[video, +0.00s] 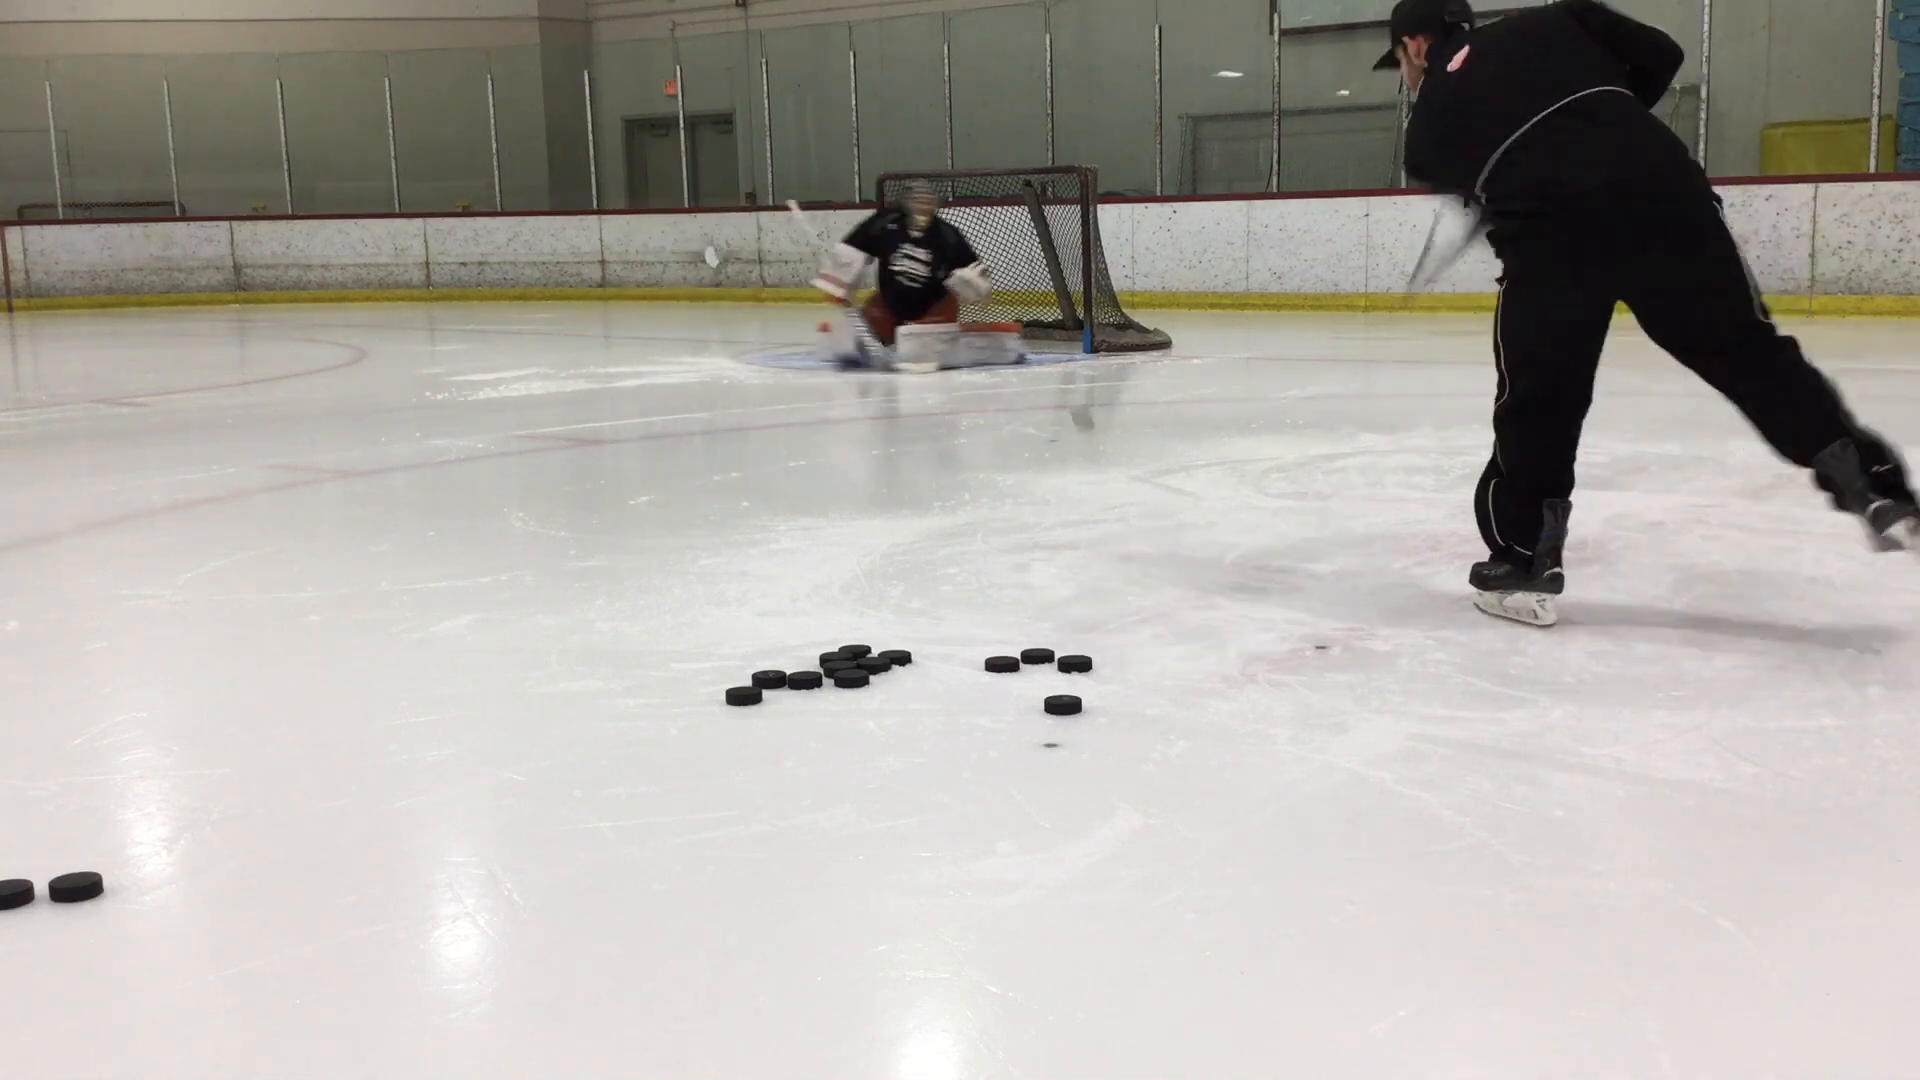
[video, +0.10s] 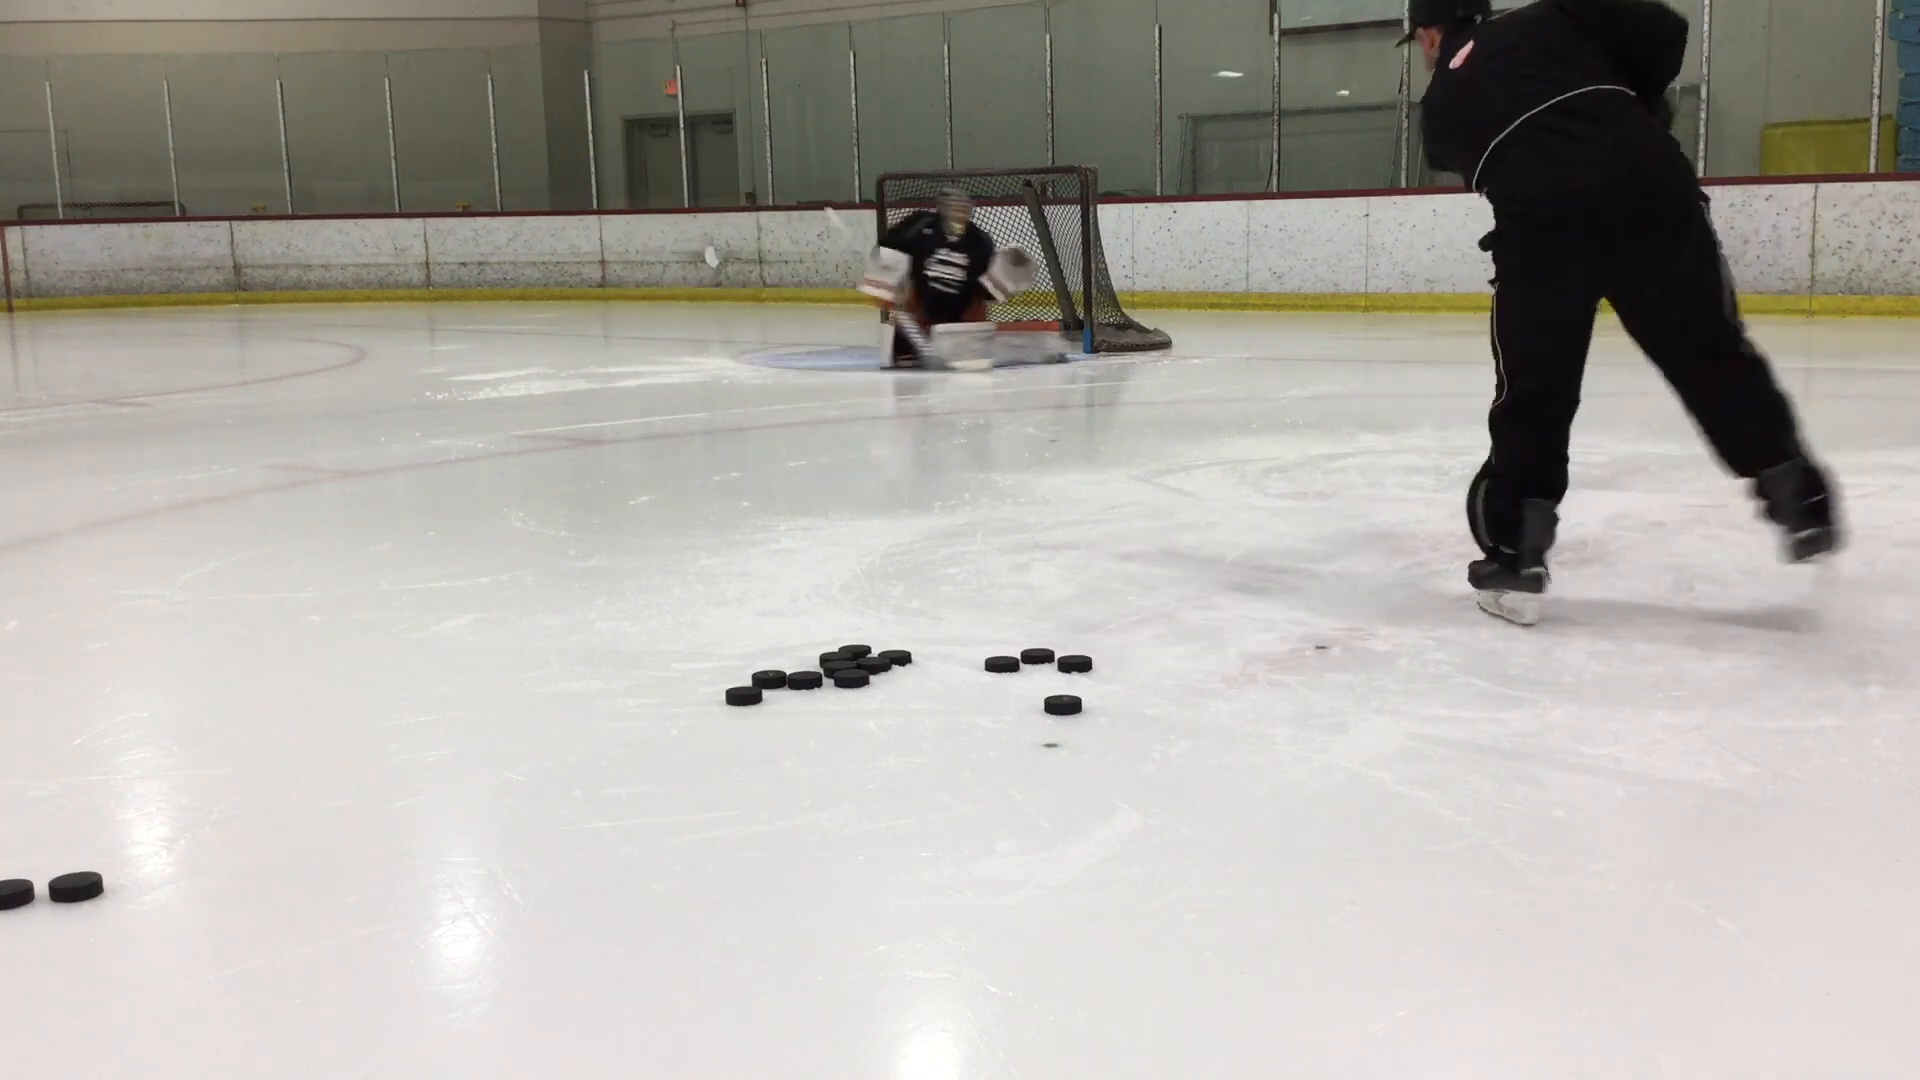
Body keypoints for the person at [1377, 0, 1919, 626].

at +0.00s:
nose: (1401, 77)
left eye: (1400, 62)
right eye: (1399, 64)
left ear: (1418, 48)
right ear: (1465, 27)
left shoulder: (1427, 127)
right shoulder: (1558, 20)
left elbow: (1453, 180)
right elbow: (1658, 54)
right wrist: (1603, 124)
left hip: (1554, 240)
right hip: (1665, 201)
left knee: (1540, 396)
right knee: (1742, 344)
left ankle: (1527, 557)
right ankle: (1865, 476)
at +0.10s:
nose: (1418, 50)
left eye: (1419, 38)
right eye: (1416, 39)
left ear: (1438, 32)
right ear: (1481, 16)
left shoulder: (1442, 102)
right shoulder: (1557, 14)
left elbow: (1449, 154)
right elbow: (1664, 28)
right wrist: (1636, 102)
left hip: (1544, 229)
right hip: (1653, 200)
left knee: (1534, 389)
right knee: (1709, 349)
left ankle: (1520, 548)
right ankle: (1794, 490)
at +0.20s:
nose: (1444, 22)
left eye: (1445, 14)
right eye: (1444, 13)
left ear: (1461, 16)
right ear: (1507, 4)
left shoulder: (1458, 78)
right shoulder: (1567, 8)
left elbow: (1461, 139)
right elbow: (1671, 12)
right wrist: (1663, 79)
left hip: (1542, 220)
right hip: (1651, 203)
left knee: (1532, 382)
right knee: (1678, 365)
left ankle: (1498, 528)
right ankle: (1721, 512)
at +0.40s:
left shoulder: (1509, 31)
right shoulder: (1658, 2)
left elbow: (1484, 108)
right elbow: (1729, 38)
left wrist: (1546, 147)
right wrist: (1697, 100)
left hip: (1543, 221)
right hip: (1648, 213)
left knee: (1546, 382)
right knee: (1671, 381)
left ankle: (1495, 534)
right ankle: (1709, 542)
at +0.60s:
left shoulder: (1542, 24)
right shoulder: (1697, 5)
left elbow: (1516, 108)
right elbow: (1778, 51)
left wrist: (1576, 161)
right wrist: (1748, 128)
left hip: (1568, 219)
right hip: (1674, 211)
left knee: (1569, 377)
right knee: (1696, 382)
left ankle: (1509, 528)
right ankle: (1726, 535)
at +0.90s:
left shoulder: (1608, 9)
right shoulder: (1782, 5)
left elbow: (1582, 109)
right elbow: (1853, 64)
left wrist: (1554, 218)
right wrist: (1791, 137)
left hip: (1647, 203)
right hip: (1752, 203)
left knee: (1601, 380)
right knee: (1731, 373)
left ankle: (1574, 537)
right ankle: (1758, 535)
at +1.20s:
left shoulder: (1664, 4)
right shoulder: (1810, 5)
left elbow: (1627, 80)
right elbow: (1837, 83)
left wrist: (1549, 161)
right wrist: (1783, 149)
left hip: (1696, 197)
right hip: (1786, 199)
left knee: (1663, 373)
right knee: (1751, 373)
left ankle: (1674, 543)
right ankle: (1775, 532)